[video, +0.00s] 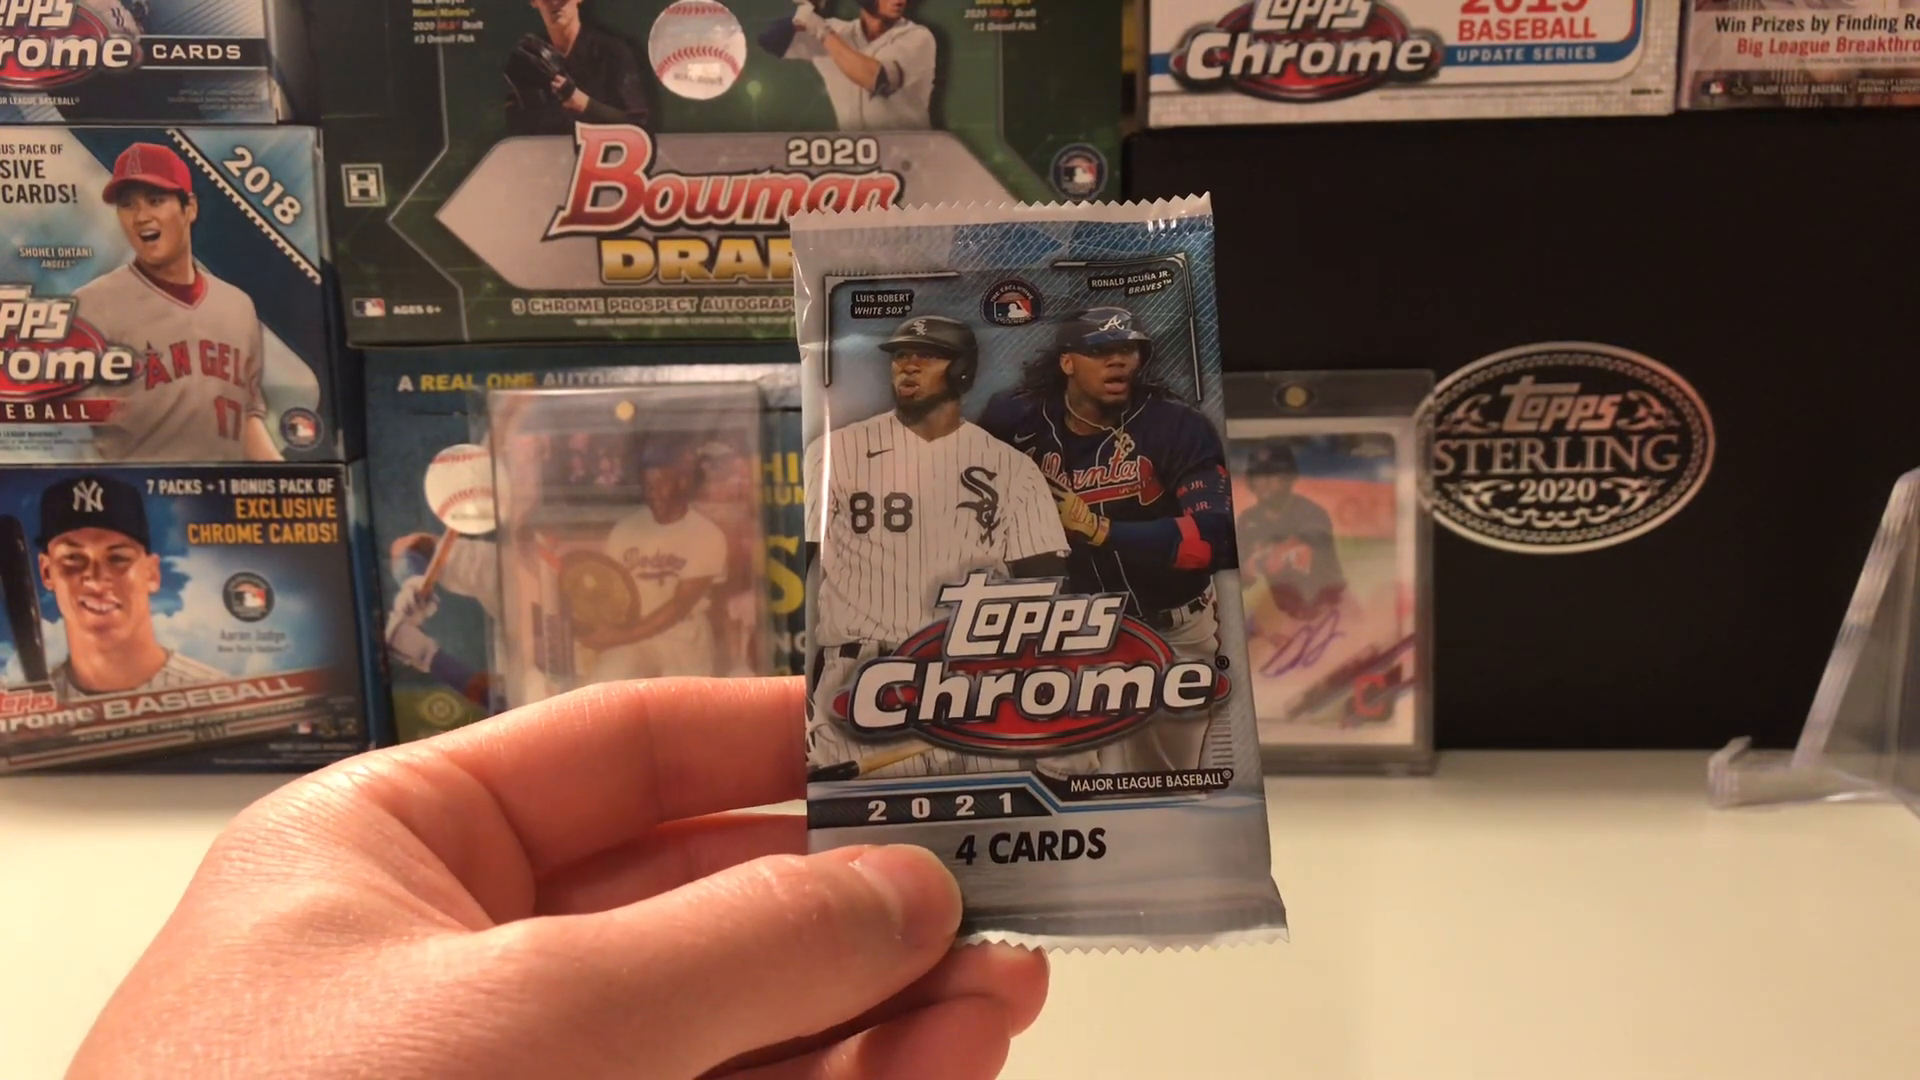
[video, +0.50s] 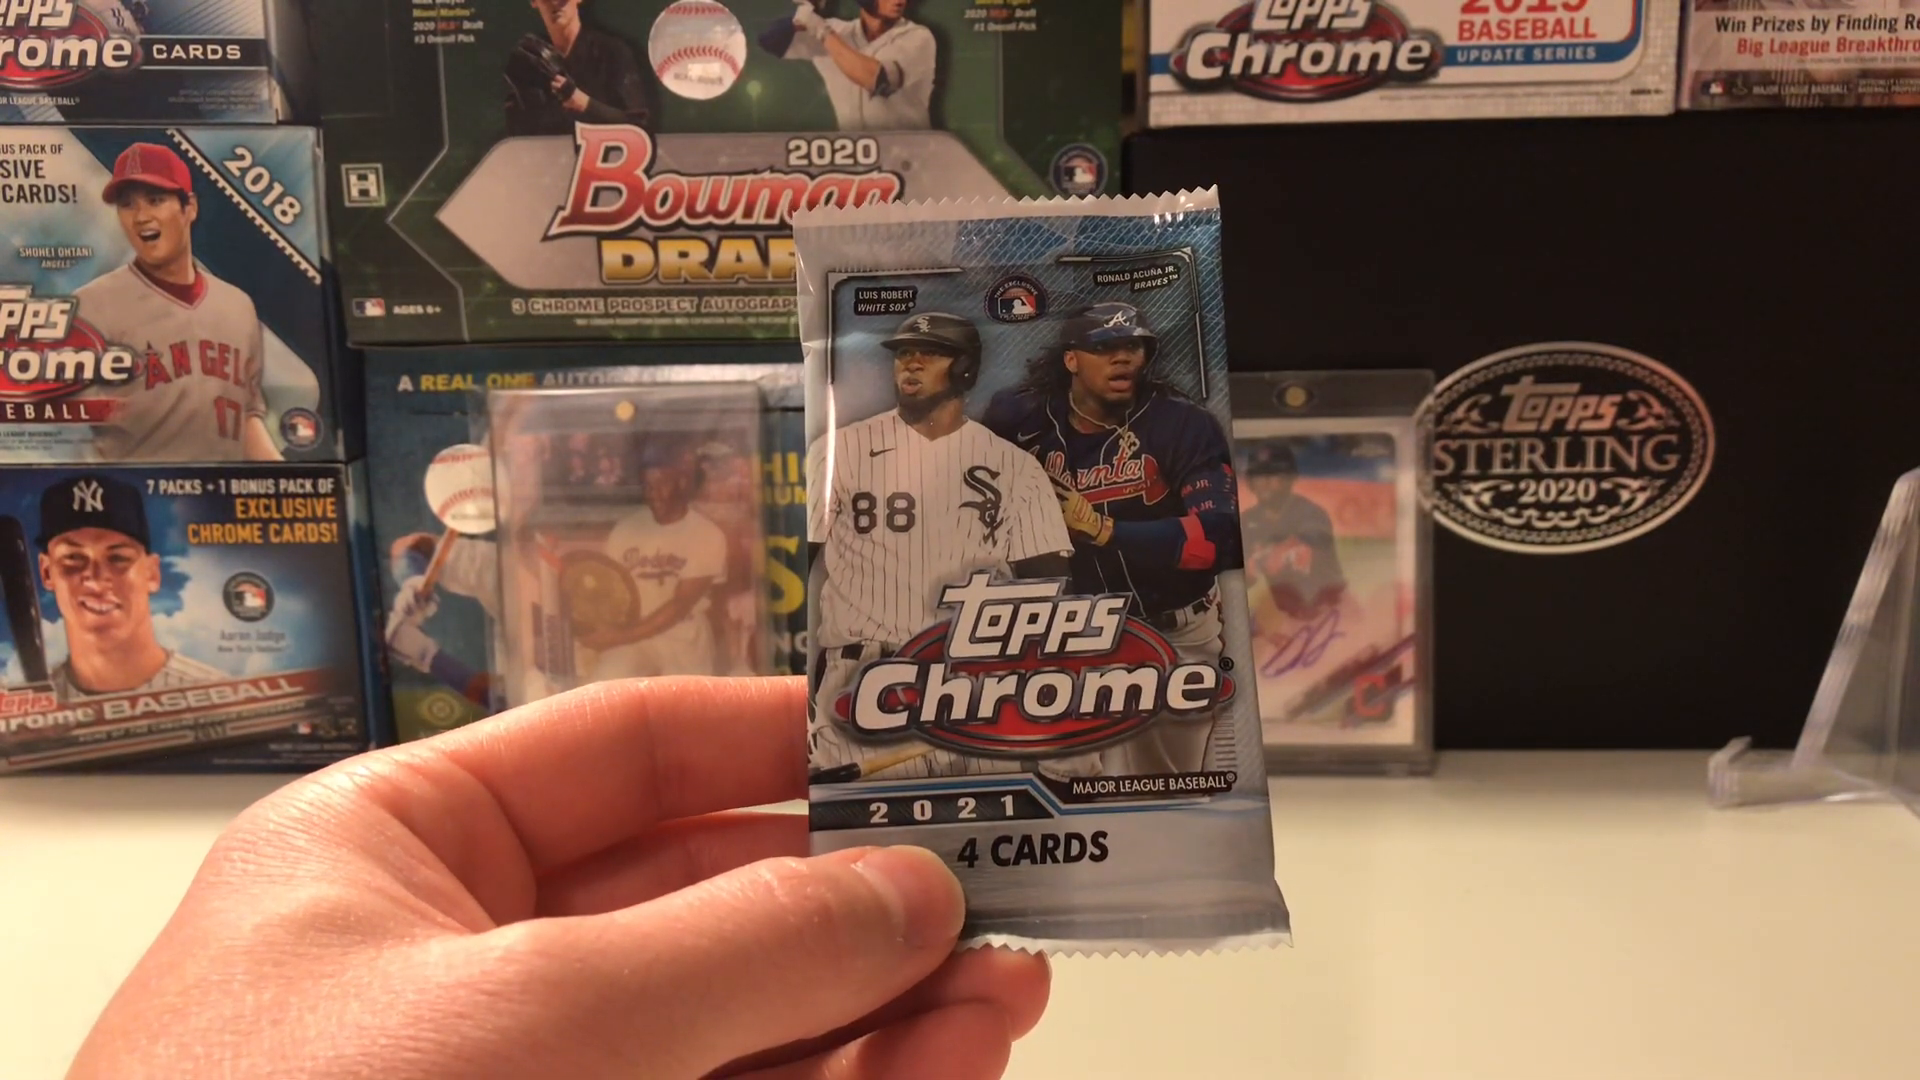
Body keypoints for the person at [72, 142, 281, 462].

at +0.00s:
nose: (143, 216)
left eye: (156, 200)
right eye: (128, 204)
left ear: (190, 209)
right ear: (119, 217)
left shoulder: (239, 307)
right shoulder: (91, 307)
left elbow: (248, 414)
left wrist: (283, 484)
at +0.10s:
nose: (142, 216)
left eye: (157, 199)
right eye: (128, 203)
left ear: (190, 209)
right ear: (119, 217)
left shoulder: (239, 307)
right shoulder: (91, 307)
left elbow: (248, 414)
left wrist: (284, 484)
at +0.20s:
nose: (142, 216)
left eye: (157, 199)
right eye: (128, 203)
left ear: (190, 209)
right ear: (118, 217)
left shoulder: (239, 307)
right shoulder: (91, 306)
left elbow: (248, 414)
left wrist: (283, 483)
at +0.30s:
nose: (142, 216)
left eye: (156, 199)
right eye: (128, 203)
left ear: (190, 209)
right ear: (118, 217)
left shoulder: (239, 307)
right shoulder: (91, 307)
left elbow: (247, 414)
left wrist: (283, 483)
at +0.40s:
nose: (142, 216)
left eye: (157, 199)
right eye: (128, 203)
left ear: (189, 209)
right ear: (118, 217)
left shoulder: (239, 306)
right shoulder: (91, 306)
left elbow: (247, 414)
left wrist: (283, 483)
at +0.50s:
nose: (142, 216)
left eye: (156, 199)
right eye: (128, 203)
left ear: (189, 209)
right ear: (118, 217)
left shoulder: (239, 307)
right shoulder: (91, 307)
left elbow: (247, 414)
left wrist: (283, 483)